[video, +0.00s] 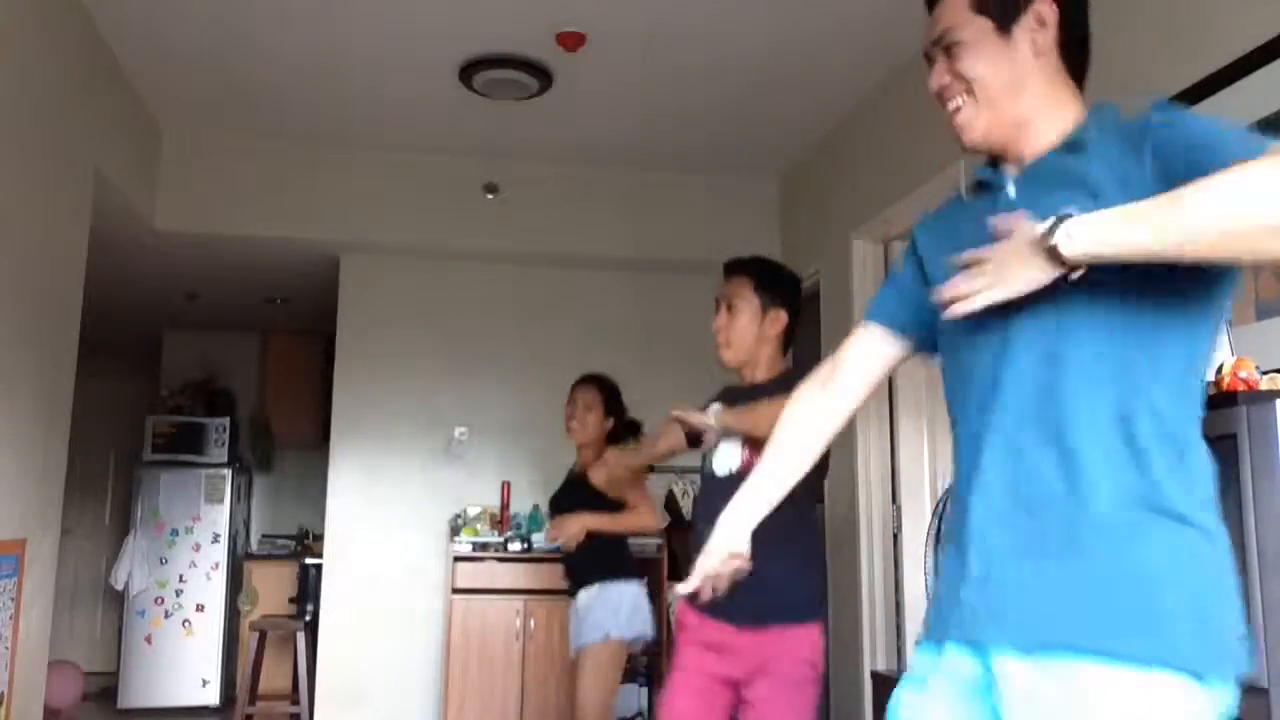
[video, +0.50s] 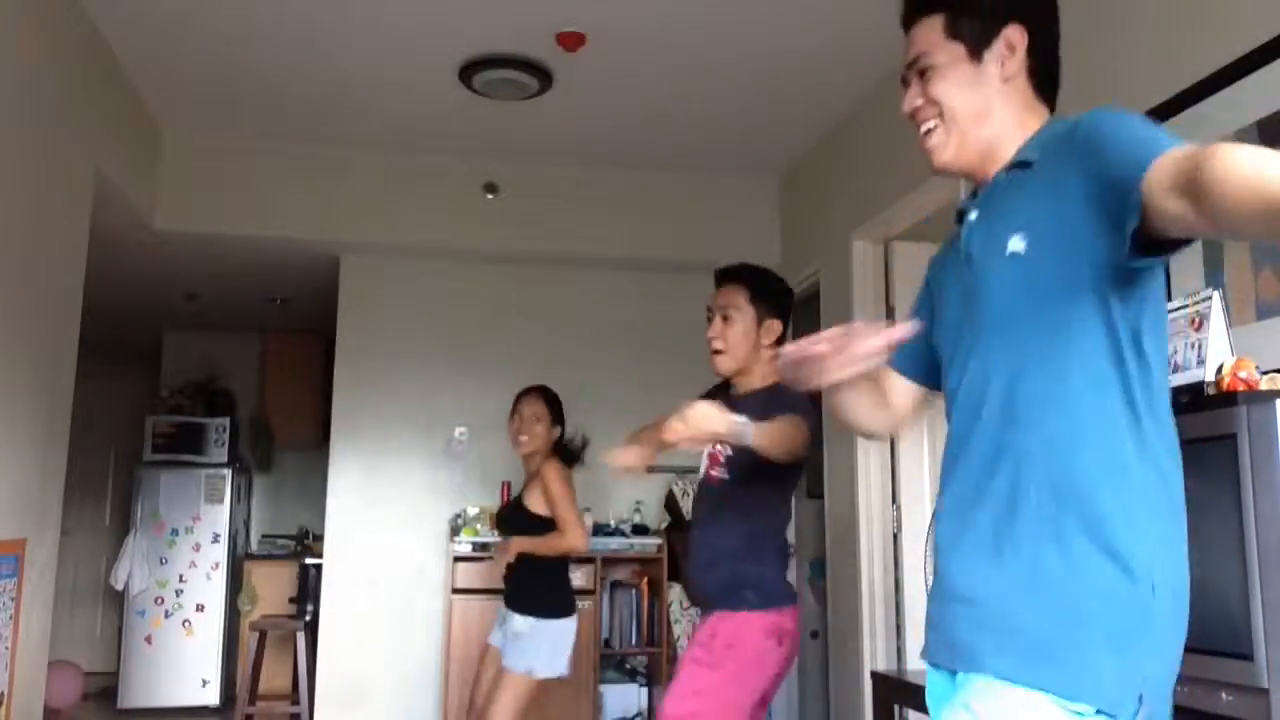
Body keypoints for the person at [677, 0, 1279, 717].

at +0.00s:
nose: (934, 81)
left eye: (950, 46)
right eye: (930, 63)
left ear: (1040, 26)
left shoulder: (1160, 143)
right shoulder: (943, 233)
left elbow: (1273, 199)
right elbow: (837, 382)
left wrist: (1065, 242)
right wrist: (735, 523)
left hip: (1141, 637)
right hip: (969, 633)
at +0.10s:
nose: (937, 90)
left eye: (953, 60)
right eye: (935, 73)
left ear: (1041, 34)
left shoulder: (1156, 148)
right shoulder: (958, 247)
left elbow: (1273, 176)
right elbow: (834, 386)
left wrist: (1062, 236)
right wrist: (706, 510)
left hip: (1154, 656)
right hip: (976, 650)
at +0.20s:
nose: (931, 70)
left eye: (945, 40)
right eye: (925, 54)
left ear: (1029, 19)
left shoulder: (1143, 106)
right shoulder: (951, 225)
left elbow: (1271, 117)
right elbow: (843, 363)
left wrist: (1128, 210)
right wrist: (690, 457)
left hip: (1131, 617)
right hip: (975, 619)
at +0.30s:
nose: (920, 68)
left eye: (933, 37)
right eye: (915, 52)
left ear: (1016, 18)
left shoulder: (1108, 100)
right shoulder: (950, 217)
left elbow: (1220, 131)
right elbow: (886, 362)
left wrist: (1264, 170)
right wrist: (788, 372)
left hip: (1095, 587)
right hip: (959, 587)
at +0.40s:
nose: (910, 95)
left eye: (924, 64)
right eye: (907, 77)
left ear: (1007, 40)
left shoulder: (1083, 135)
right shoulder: (956, 237)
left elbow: (1182, 175)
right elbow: (901, 414)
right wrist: (894, 364)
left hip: (1075, 617)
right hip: (963, 619)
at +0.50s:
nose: (908, 102)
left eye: (925, 71)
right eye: (906, 84)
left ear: (1007, 53)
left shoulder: (1087, 147)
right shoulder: (951, 261)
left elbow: (1197, 183)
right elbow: (885, 410)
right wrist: (840, 376)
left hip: (1074, 622)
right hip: (969, 618)